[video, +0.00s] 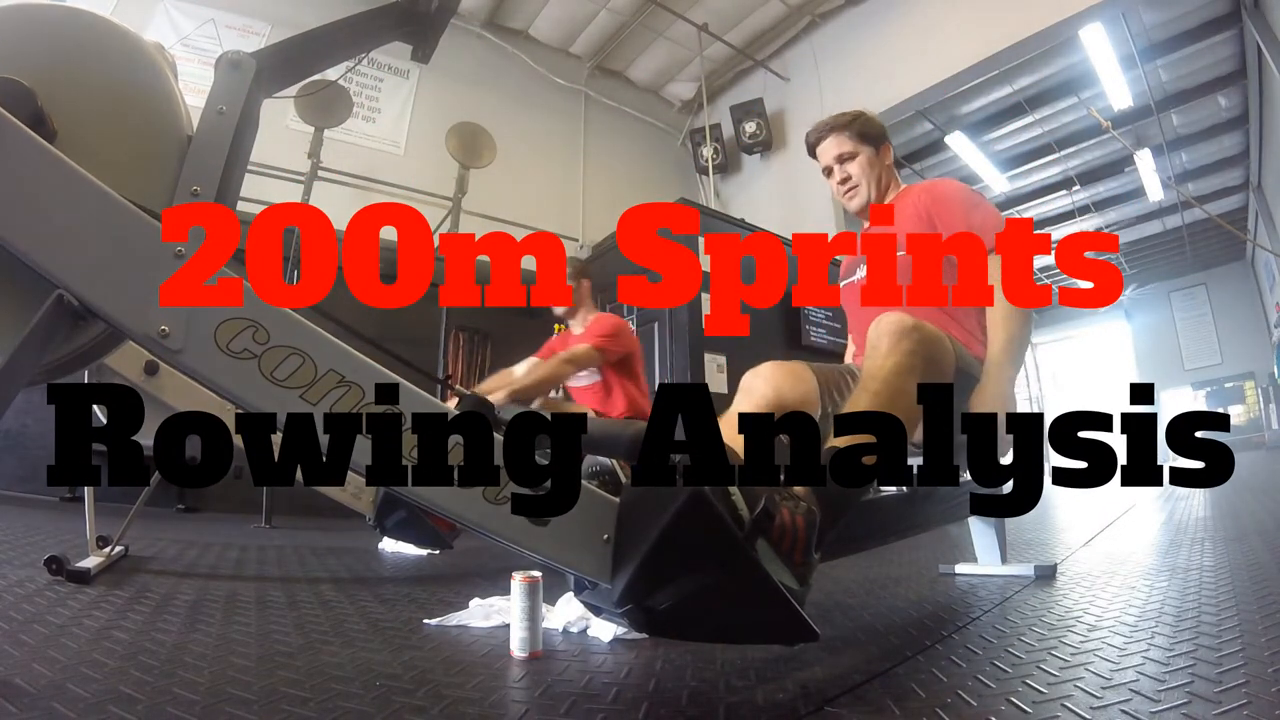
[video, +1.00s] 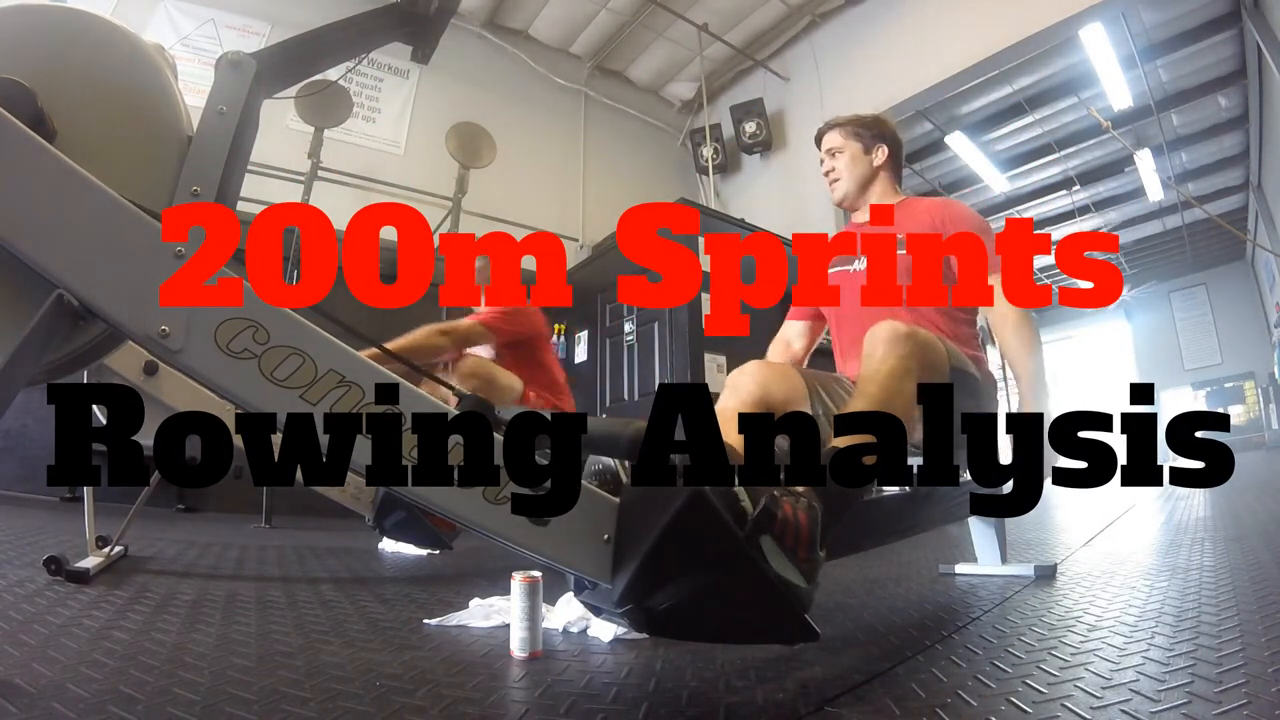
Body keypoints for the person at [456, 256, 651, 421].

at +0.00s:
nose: (554, 295)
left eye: (563, 285)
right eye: (551, 287)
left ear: (585, 286)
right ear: (545, 293)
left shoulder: (613, 326)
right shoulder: (563, 340)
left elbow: (572, 363)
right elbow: (518, 372)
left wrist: (510, 394)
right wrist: (473, 395)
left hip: (630, 430)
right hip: (592, 430)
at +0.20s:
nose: (503, 294)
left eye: (511, 282)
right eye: (501, 285)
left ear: (532, 281)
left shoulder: (569, 321)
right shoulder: (517, 337)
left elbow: (514, 361)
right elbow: (488, 365)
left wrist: (452, 385)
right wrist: (446, 385)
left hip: (596, 419)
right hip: (547, 414)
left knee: (513, 386)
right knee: (485, 392)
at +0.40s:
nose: (458, 293)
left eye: (465, 282)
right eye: (457, 284)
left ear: (487, 280)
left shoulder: (527, 316)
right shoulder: (474, 335)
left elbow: (468, 360)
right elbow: (445, 365)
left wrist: (404, 382)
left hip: (561, 411)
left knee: (494, 374)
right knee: (445, 378)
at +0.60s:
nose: (427, 293)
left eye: (435, 282)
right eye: (428, 284)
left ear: (462, 282)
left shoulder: (497, 312)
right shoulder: (451, 327)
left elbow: (430, 353)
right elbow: (416, 357)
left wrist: (371, 377)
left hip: (539, 410)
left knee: (470, 366)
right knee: (420, 370)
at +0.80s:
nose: (422, 282)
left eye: (429, 273)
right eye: (423, 273)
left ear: (448, 275)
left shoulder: (482, 311)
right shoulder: (449, 319)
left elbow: (408, 344)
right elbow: (404, 358)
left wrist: (346, 365)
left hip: (527, 408)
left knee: (456, 362)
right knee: (418, 374)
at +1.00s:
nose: (476, 274)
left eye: (482, 267)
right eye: (474, 268)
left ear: (500, 268)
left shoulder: (520, 309)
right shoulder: (483, 314)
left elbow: (448, 337)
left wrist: (366, 358)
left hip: (549, 408)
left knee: (473, 369)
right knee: (434, 375)